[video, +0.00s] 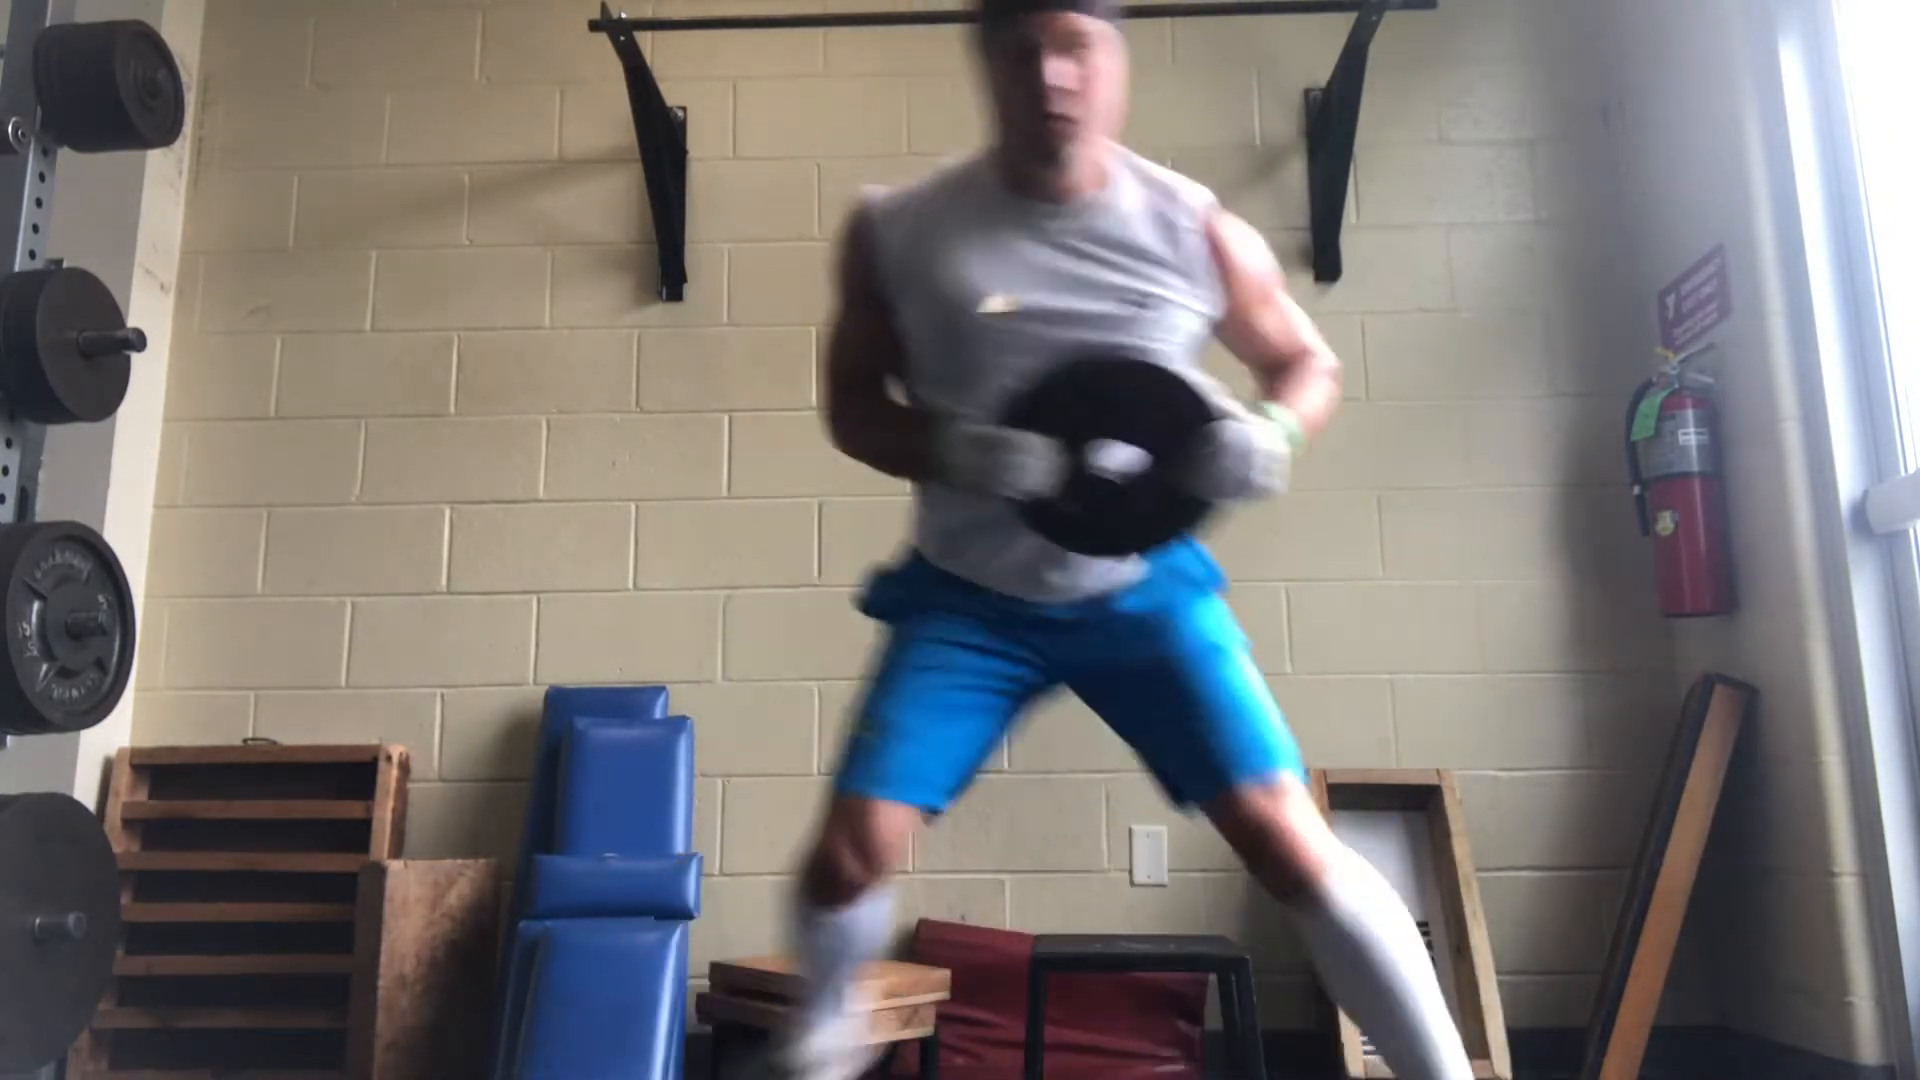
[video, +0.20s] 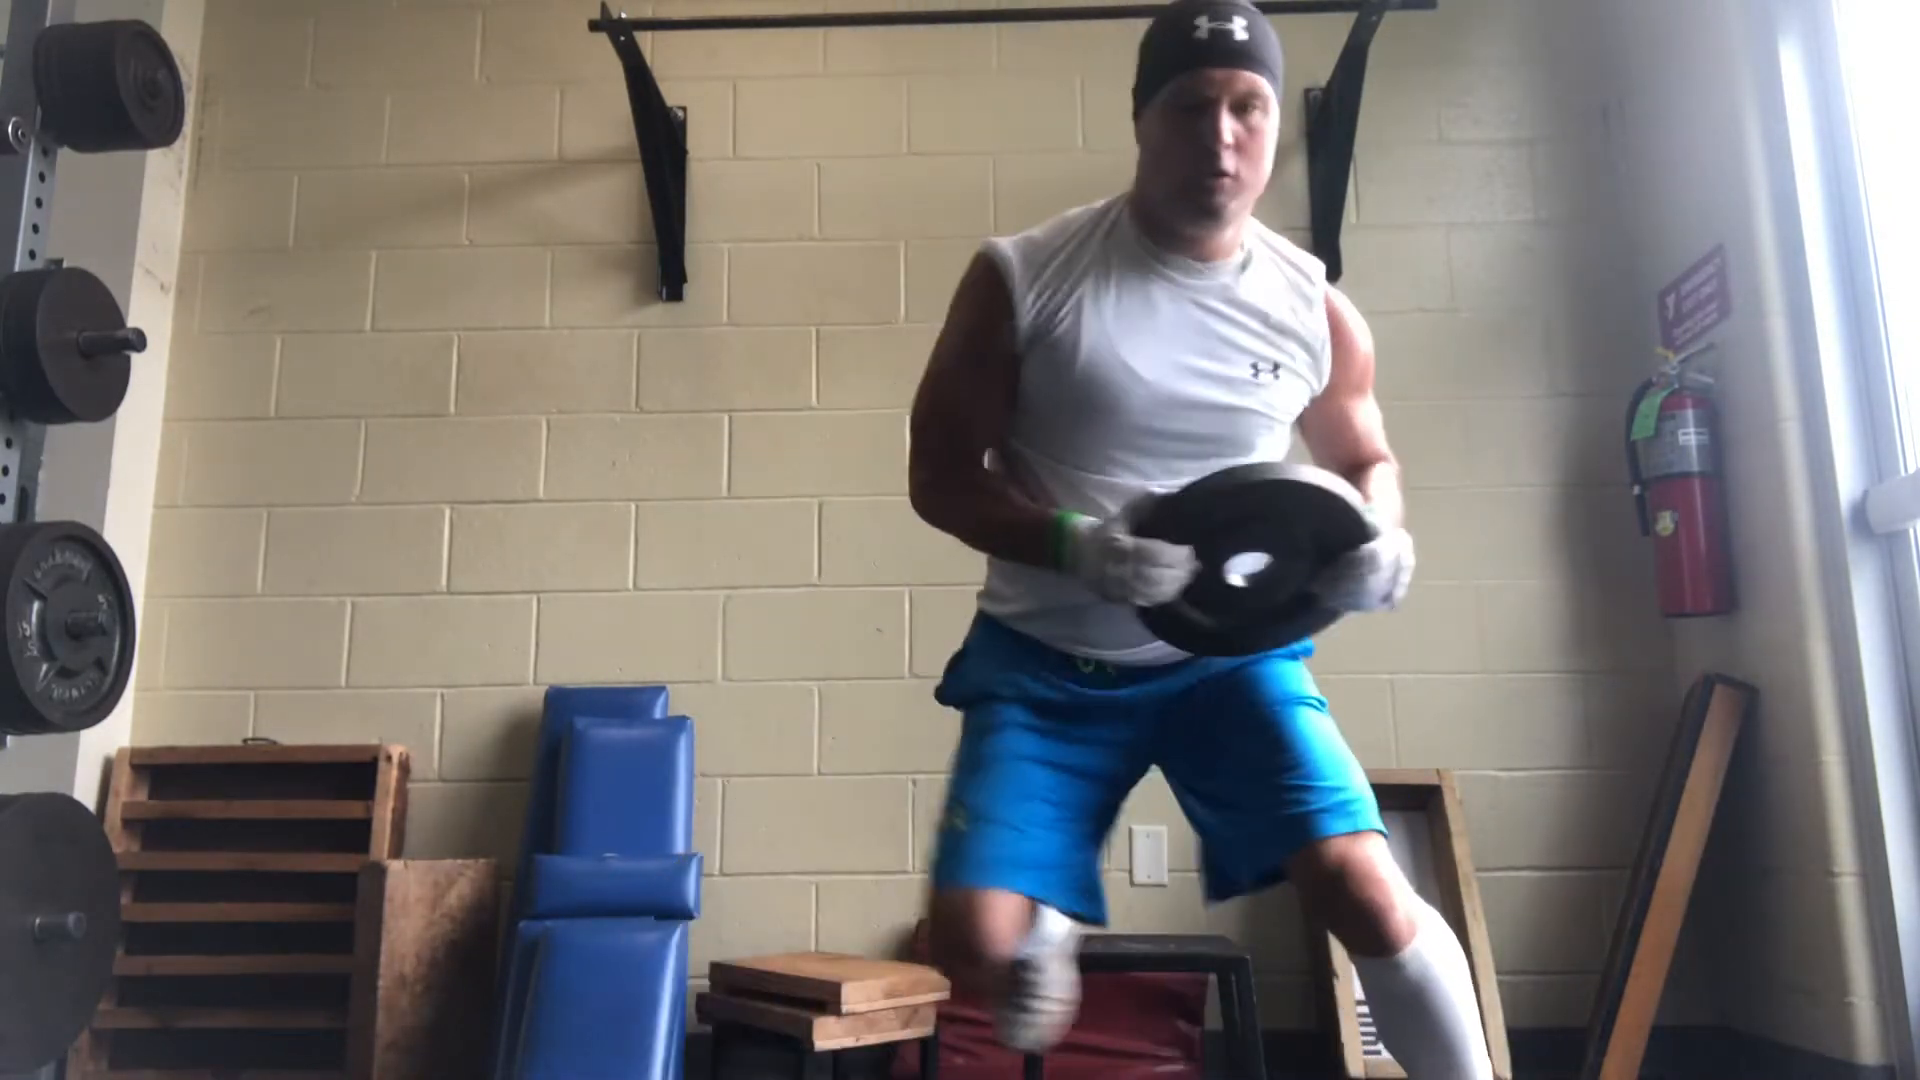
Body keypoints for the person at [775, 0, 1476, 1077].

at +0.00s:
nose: (1050, 76)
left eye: (1075, 47)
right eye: (1023, 50)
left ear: (1117, 65)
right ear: (987, 69)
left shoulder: (1198, 234)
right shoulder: (896, 235)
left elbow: (1311, 366)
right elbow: (852, 410)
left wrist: (1270, 431)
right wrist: (952, 453)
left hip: (1148, 596)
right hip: (967, 601)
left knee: (1286, 841)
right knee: (854, 850)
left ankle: (1448, 1070)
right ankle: (823, 1044)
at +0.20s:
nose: (1221, 134)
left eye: (1247, 109)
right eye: (1193, 105)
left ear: (1276, 135)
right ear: (1140, 122)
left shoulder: (1318, 317)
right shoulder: (1021, 282)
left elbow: (1366, 462)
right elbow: (940, 481)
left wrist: (1381, 533)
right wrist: (1079, 547)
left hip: (1237, 662)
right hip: (1047, 665)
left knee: (1367, 896)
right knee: (971, 942)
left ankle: (1469, 1078)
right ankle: (1031, 948)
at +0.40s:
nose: (1081, 56)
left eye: (1108, 35)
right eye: (1055, 30)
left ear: (1140, 67)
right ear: (1010, 47)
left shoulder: (1185, 230)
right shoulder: (898, 213)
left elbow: (1269, 437)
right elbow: (835, 377)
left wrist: (1126, 451)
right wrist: (894, 431)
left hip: (1110, 604)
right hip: (921, 578)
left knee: (1257, 860)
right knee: (723, 735)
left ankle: (1422, 1072)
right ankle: (663, 962)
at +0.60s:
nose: (790, 93)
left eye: (816, 62)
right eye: (764, 67)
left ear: (864, 79)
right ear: (731, 91)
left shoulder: (942, 256)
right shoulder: (682, 255)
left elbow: (1020, 490)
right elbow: (680, 416)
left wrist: (839, 489)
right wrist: (609, 452)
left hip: (902, 655)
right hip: (720, 639)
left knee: (928, 936)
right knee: (574, 884)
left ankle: (939, 1021)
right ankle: (455, 1075)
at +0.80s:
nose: (611, 159)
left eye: (639, 129)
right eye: (583, 138)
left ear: (695, 149)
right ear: (558, 173)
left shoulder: (821, 306)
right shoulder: (576, 355)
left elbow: (975, 493)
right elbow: (597, 525)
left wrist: (811, 574)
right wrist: (557, 592)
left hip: (837, 692)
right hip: (667, 683)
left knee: (744, 950)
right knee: (535, 895)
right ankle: (444, 1073)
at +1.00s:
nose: (812, 91)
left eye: (833, 62)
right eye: (784, 70)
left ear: (882, 74)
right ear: (759, 97)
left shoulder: (985, 233)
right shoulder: (701, 271)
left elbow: (1139, 388)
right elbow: (681, 471)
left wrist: (1059, 443)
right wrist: (761, 447)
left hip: (968, 611)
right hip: (777, 636)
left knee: (1105, 806)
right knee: (618, 881)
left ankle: (1214, 985)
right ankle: (470, 1076)